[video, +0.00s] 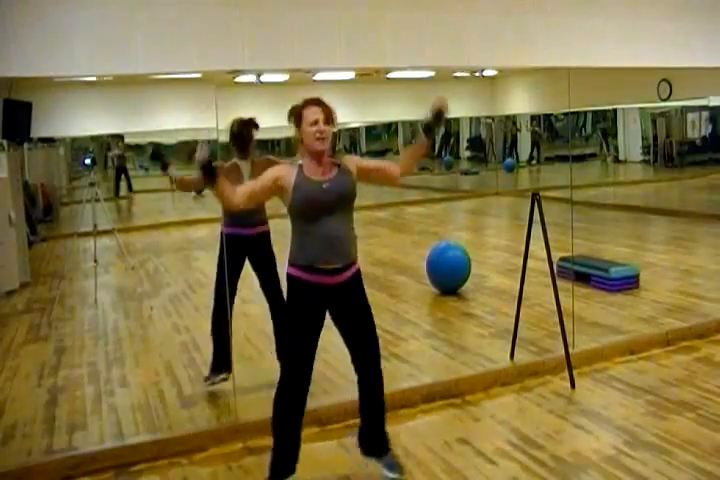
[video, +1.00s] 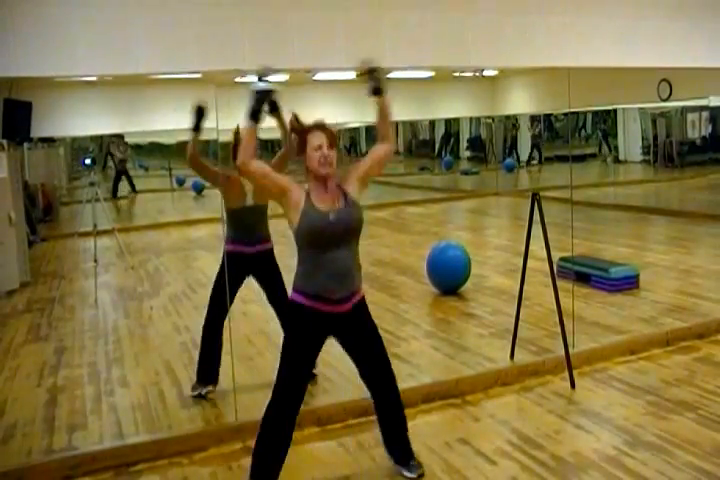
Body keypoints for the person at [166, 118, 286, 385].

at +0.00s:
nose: (247, 143)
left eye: (240, 138)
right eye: (250, 138)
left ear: (231, 142)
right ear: (253, 141)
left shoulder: (223, 171)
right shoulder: (268, 165)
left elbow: (191, 184)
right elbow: (296, 170)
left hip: (232, 238)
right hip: (259, 237)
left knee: (223, 300)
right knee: (276, 297)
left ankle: (221, 365)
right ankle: (289, 357)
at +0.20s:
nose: (236, 168)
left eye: (234, 165)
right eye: (245, 163)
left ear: (231, 170)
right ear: (255, 169)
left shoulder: (226, 194)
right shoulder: (264, 191)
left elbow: (200, 163)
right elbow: (280, 155)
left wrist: (213, 135)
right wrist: (260, 128)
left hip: (235, 271)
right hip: (264, 268)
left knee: (208, 325)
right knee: (287, 319)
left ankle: (202, 385)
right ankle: (308, 370)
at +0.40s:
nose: (246, 144)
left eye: (237, 139)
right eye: (249, 139)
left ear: (230, 144)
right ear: (252, 142)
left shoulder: (222, 171)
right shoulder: (267, 167)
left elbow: (192, 181)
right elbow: (293, 182)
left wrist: (172, 174)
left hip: (233, 239)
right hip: (259, 237)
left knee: (222, 302)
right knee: (274, 297)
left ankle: (218, 369)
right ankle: (293, 357)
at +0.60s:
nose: (239, 162)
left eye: (233, 158)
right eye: (245, 157)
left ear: (230, 160)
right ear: (251, 159)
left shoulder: (226, 193)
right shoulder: (264, 189)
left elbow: (223, 235)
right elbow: (273, 226)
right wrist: (277, 254)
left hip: (235, 259)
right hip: (261, 257)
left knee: (234, 316)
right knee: (259, 312)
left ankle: (245, 373)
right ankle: (265, 370)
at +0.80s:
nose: (240, 139)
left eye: (235, 134)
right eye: (246, 134)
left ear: (231, 138)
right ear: (254, 137)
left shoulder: (223, 170)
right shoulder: (268, 166)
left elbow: (201, 201)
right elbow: (282, 197)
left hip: (232, 241)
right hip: (261, 240)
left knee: (229, 302)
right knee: (268, 298)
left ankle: (233, 365)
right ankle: (274, 358)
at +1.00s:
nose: (238, 152)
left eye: (237, 147)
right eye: (241, 147)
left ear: (233, 152)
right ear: (255, 153)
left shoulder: (226, 179)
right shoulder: (267, 175)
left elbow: (193, 160)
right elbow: (289, 146)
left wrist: (196, 127)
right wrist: (279, 115)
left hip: (236, 257)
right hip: (264, 255)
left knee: (215, 316)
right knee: (285, 310)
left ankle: (207, 380)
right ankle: (304, 368)